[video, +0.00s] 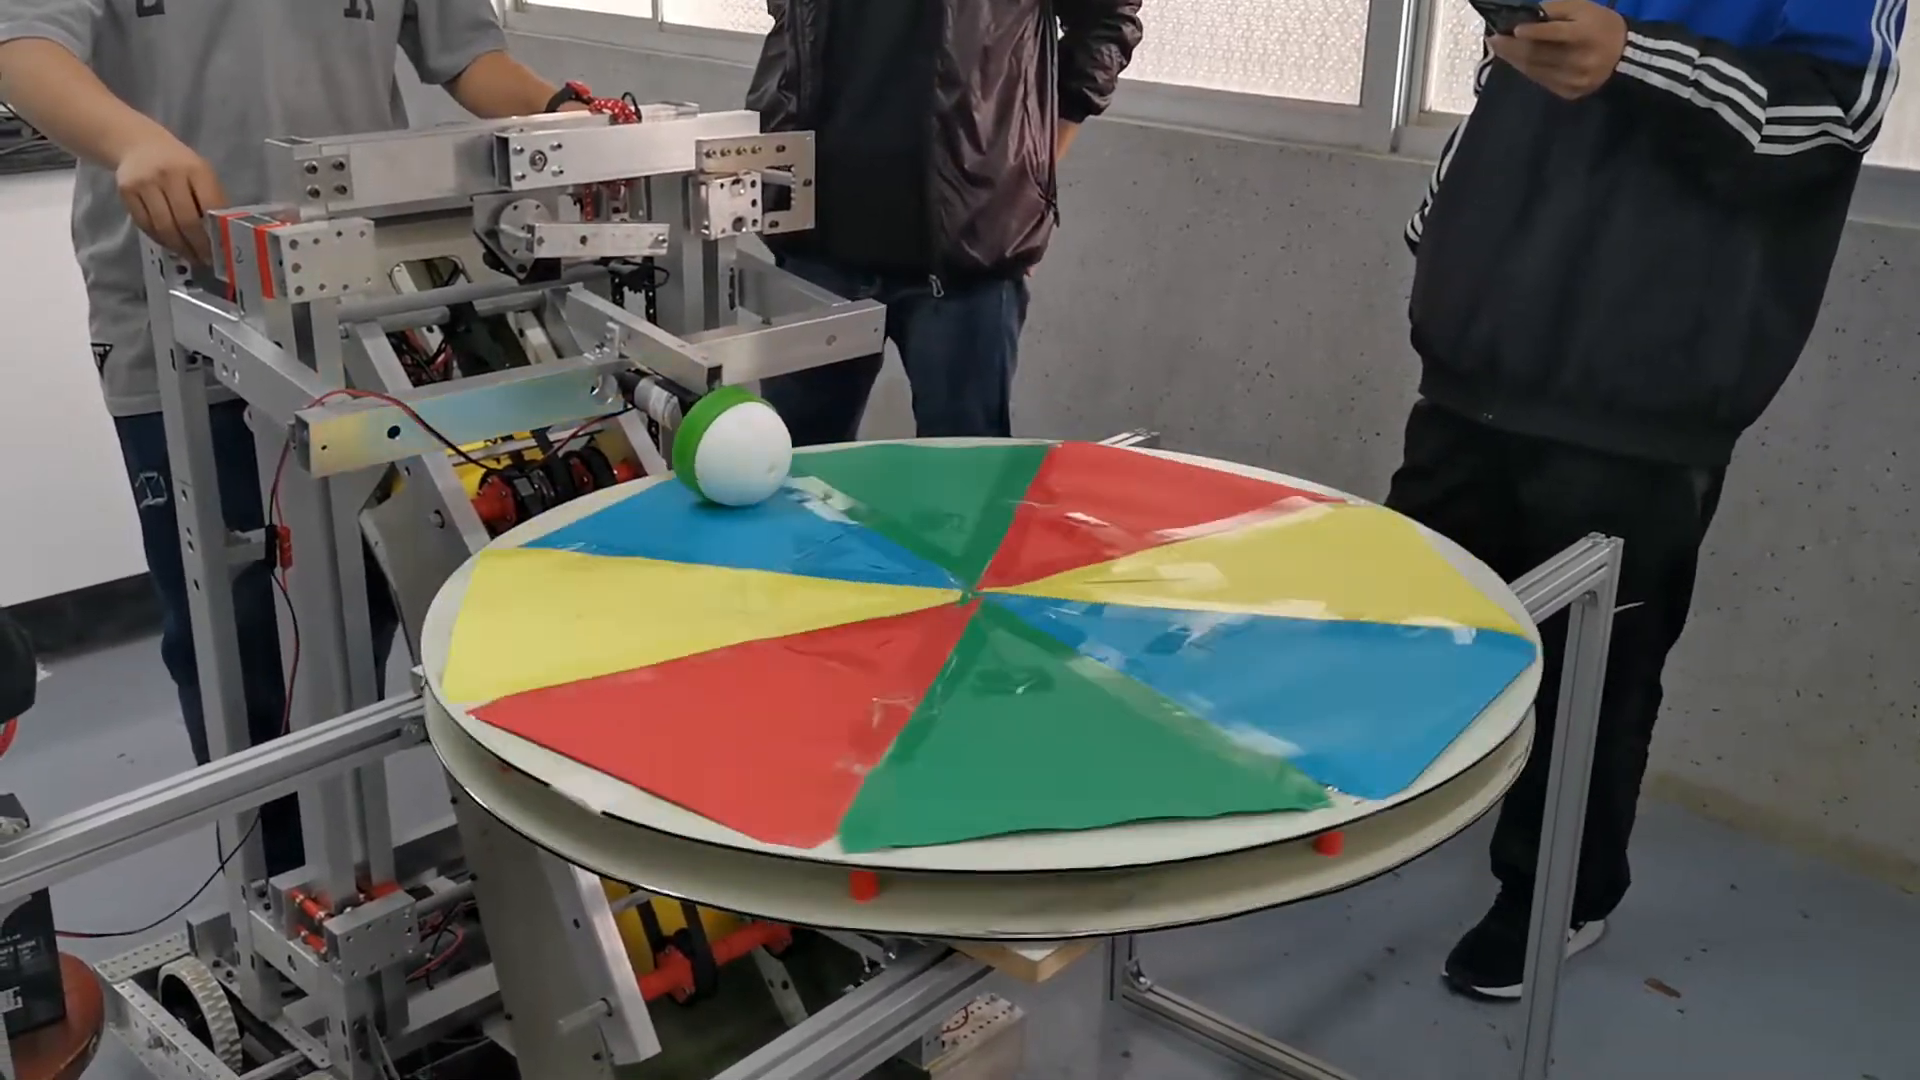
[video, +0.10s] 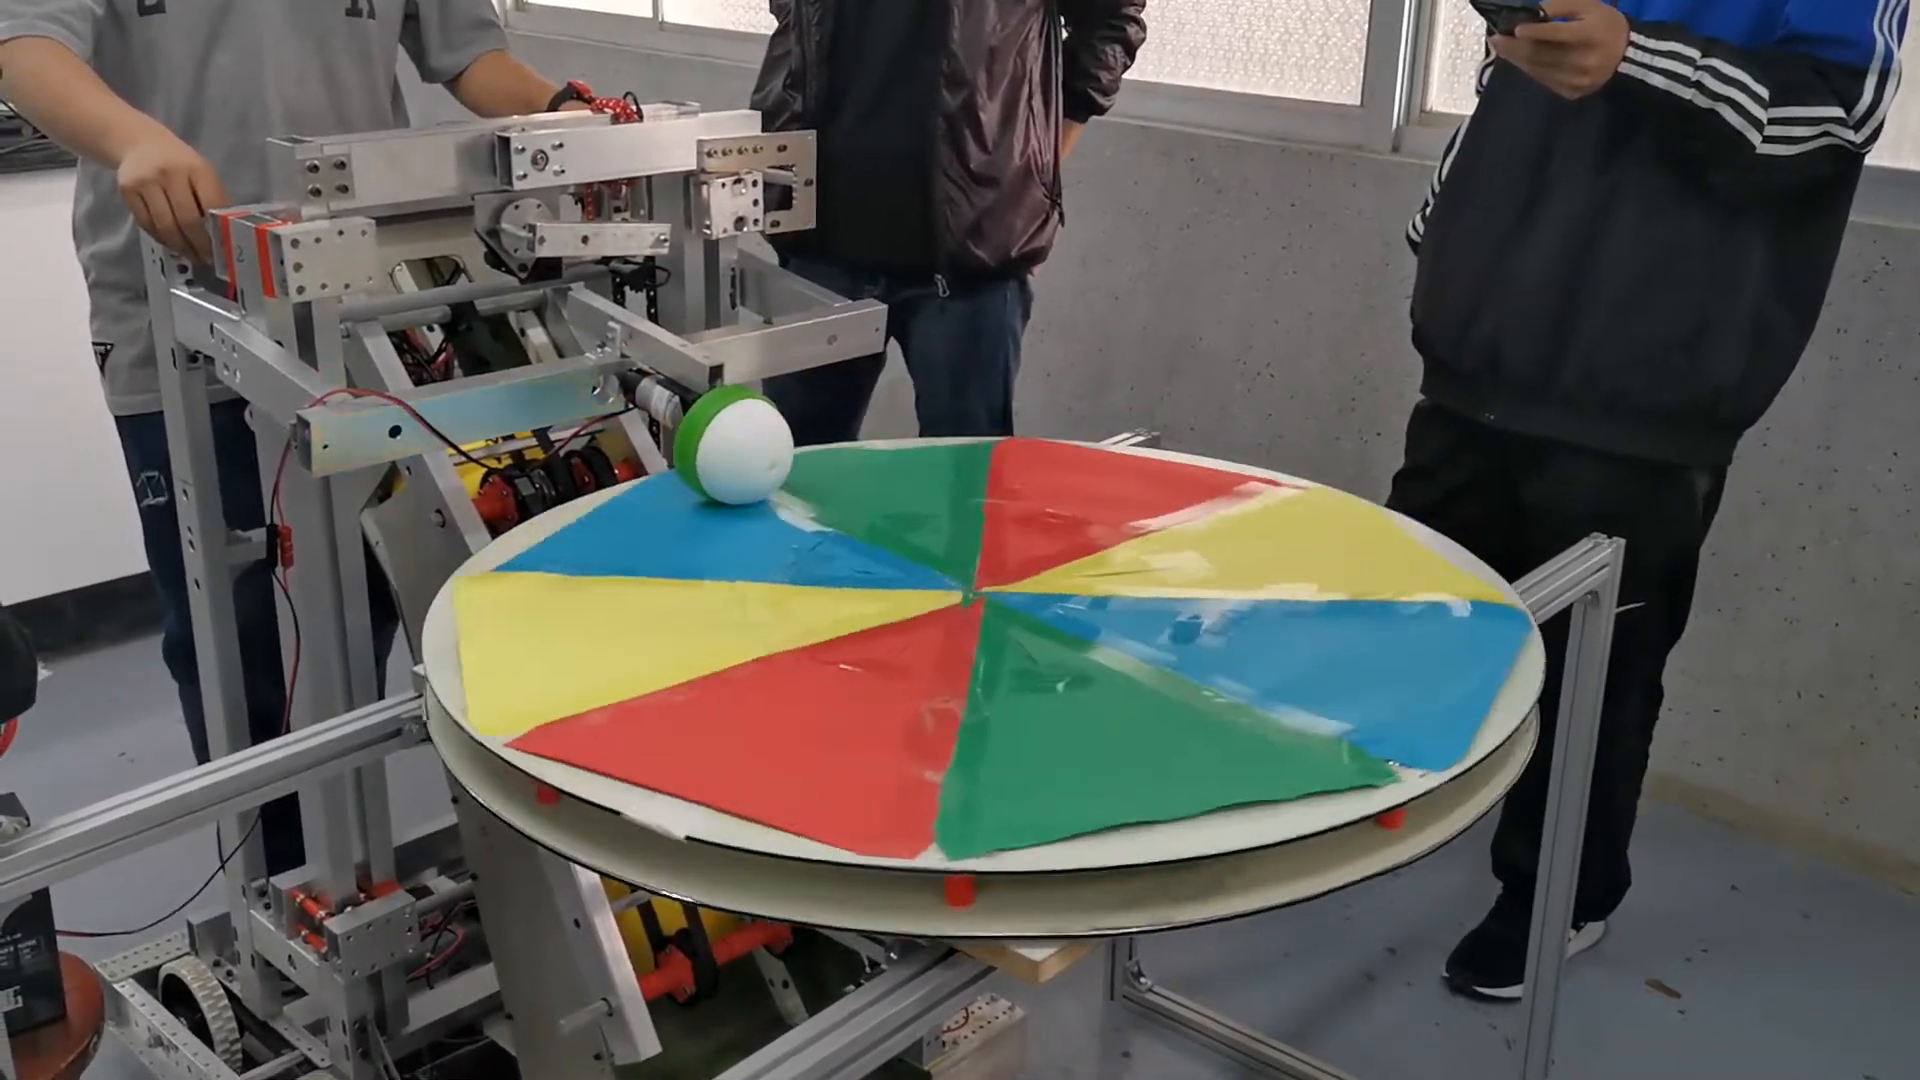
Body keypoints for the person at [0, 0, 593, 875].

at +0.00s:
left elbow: (461, 45)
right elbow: (24, 45)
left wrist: (555, 112)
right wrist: (129, 139)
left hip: (357, 311)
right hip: (178, 322)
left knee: (358, 601)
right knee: (227, 631)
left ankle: (351, 856)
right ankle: (277, 887)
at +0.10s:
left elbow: (463, 44)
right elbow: (24, 43)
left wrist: (558, 111)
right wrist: (131, 139)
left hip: (357, 310)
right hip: (179, 321)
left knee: (360, 601)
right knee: (226, 631)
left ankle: (349, 857)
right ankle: (275, 885)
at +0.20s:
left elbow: (462, 41)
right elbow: (26, 42)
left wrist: (560, 108)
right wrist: (133, 138)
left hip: (358, 312)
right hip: (179, 322)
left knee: (358, 604)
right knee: (226, 631)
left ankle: (350, 856)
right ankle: (275, 883)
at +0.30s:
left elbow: (464, 42)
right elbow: (26, 42)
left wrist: (563, 112)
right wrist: (133, 137)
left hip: (359, 313)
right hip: (180, 322)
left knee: (358, 604)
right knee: (227, 632)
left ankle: (350, 856)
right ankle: (274, 883)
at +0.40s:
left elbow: (466, 42)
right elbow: (29, 42)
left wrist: (568, 111)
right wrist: (136, 137)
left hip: (360, 315)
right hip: (183, 323)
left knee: (358, 610)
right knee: (230, 636)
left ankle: (351, 858)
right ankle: (275, 886)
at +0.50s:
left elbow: (467, 39)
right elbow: (34, 41)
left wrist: (571, 110)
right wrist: (138, 136)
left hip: (365, 308)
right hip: (185, 318)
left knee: (363, 602)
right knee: (232, 630)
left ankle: (358, 854)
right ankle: (281, 883)